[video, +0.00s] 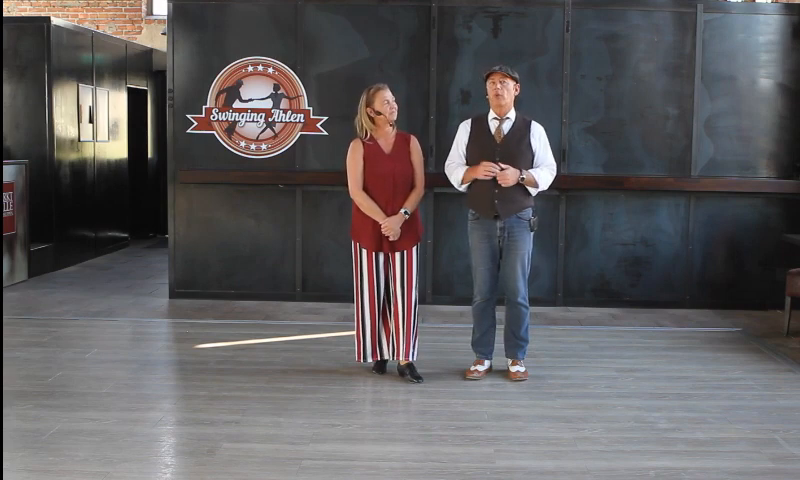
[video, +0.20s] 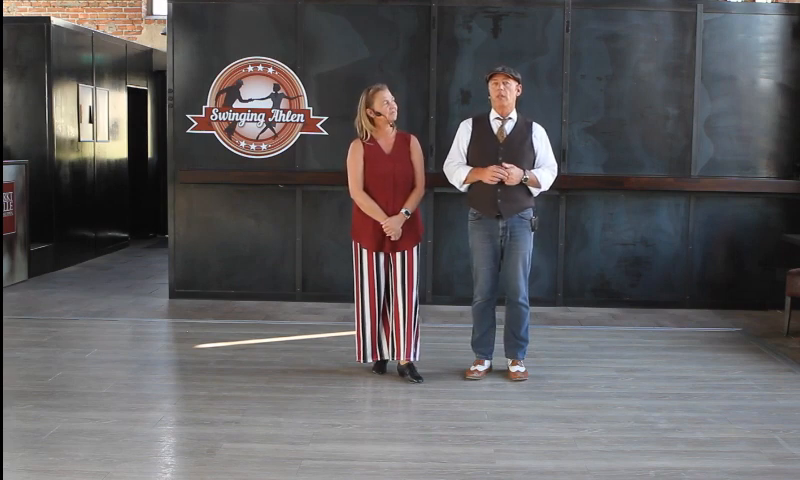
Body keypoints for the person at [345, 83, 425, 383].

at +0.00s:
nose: (393, 105)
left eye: (393, 101)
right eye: (386, 103)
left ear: (396, 105)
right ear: (371, 110)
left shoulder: (410, 142)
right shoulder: (359, 146)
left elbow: (420, 187)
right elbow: (355, 191)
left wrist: (401, 216)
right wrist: (386, 221)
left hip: (404, 230)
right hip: (370, 231)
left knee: (405, 295)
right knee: (373, 295)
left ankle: (406, 359)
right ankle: (379, 355)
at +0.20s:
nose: (393, 106)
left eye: (393, 101)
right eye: (386, 103)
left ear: (396, 106)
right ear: (370, 111)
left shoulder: (411, 142)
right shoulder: (359, 146)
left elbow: (420, 186)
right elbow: (356, 191)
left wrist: (402, 216)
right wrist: (387, 221)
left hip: (405, 230)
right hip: (370, 232)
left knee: (406, 295)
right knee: (373, 295)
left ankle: (406, 359)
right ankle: (379, 356)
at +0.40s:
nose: (392, 106)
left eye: (393, 101)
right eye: (385, 104)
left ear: (397, 105)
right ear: (370, 112)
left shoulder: (411, 142)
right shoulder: (359, 146)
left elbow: (421, 186)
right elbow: (356, 191)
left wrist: (403, 216)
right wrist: (388, 221)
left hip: (405, 230)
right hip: (371, 232)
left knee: (406, 295)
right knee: (374, 295)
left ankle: (406, 359)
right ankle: (379, 355)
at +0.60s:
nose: (391, 106)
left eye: (392, 101)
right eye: (384, 104)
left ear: (397, 105)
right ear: (370, 111)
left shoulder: (411, 142)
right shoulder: (360, 146)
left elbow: (421, 186)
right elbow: (357, 191)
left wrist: (404, 216)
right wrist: (388, 220)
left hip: (406, 230)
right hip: (371, 232)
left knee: (407, 296)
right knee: (374, 295)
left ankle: (406, 359)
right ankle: (379, 355)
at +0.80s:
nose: (391, 106)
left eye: (393, 101)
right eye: (384, 103)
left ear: (397, 105)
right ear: (370, 111)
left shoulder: (411, 142)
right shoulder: (360, 146)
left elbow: (421, 186)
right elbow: (357, 191)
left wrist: (404, 216)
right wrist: (388, 221)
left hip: (406, 230)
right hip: (371, 231)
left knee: (407, 295)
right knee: (374, 295)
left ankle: (406, 359)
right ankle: (379, 355)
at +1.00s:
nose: (392, 106)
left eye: (393, 102)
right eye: (385, 103)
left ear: (398, 106)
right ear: (370, 110)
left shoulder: (411, 142)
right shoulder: (360, 146)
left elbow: (421, 186)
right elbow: (357, 191)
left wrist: (403, 216)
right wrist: (389, 221)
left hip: (406, 230)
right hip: (371, 232)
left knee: (406, 296)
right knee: (374, 295)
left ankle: (406, 359)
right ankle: (379, 355)